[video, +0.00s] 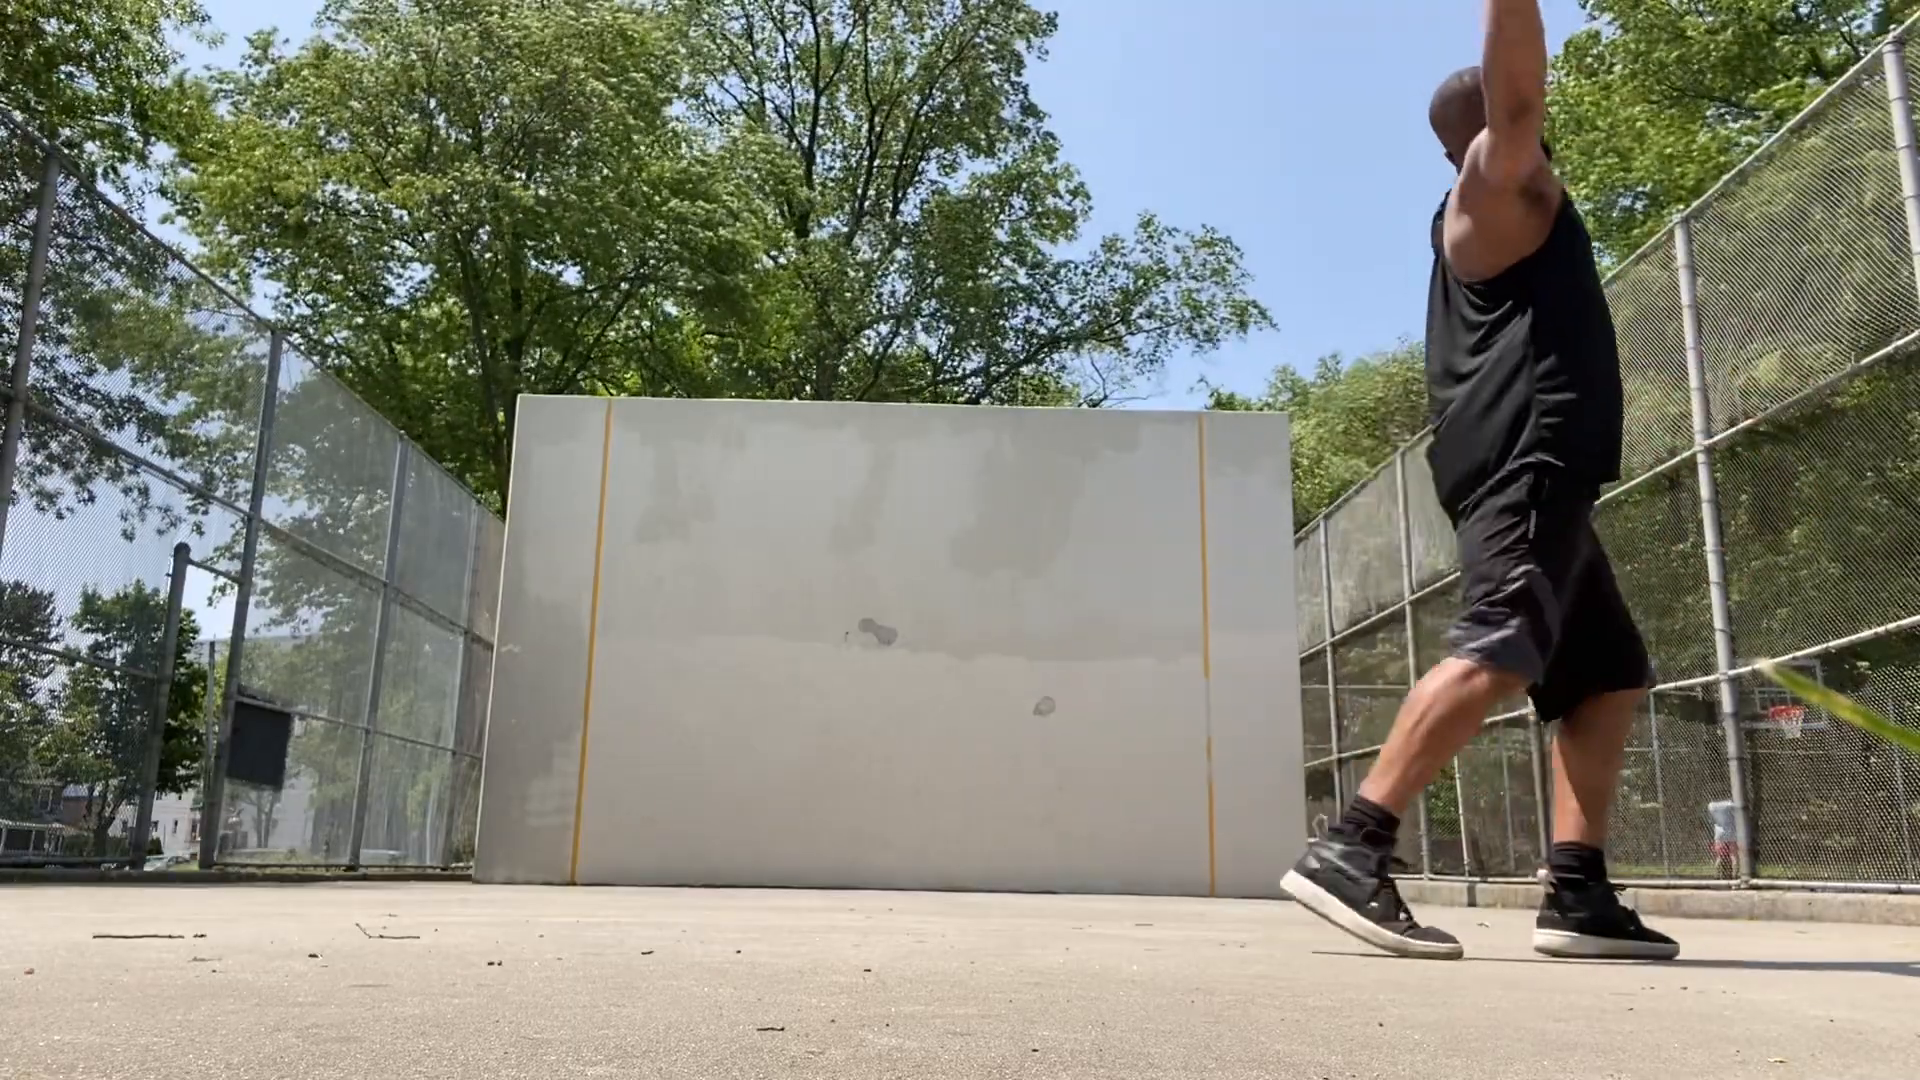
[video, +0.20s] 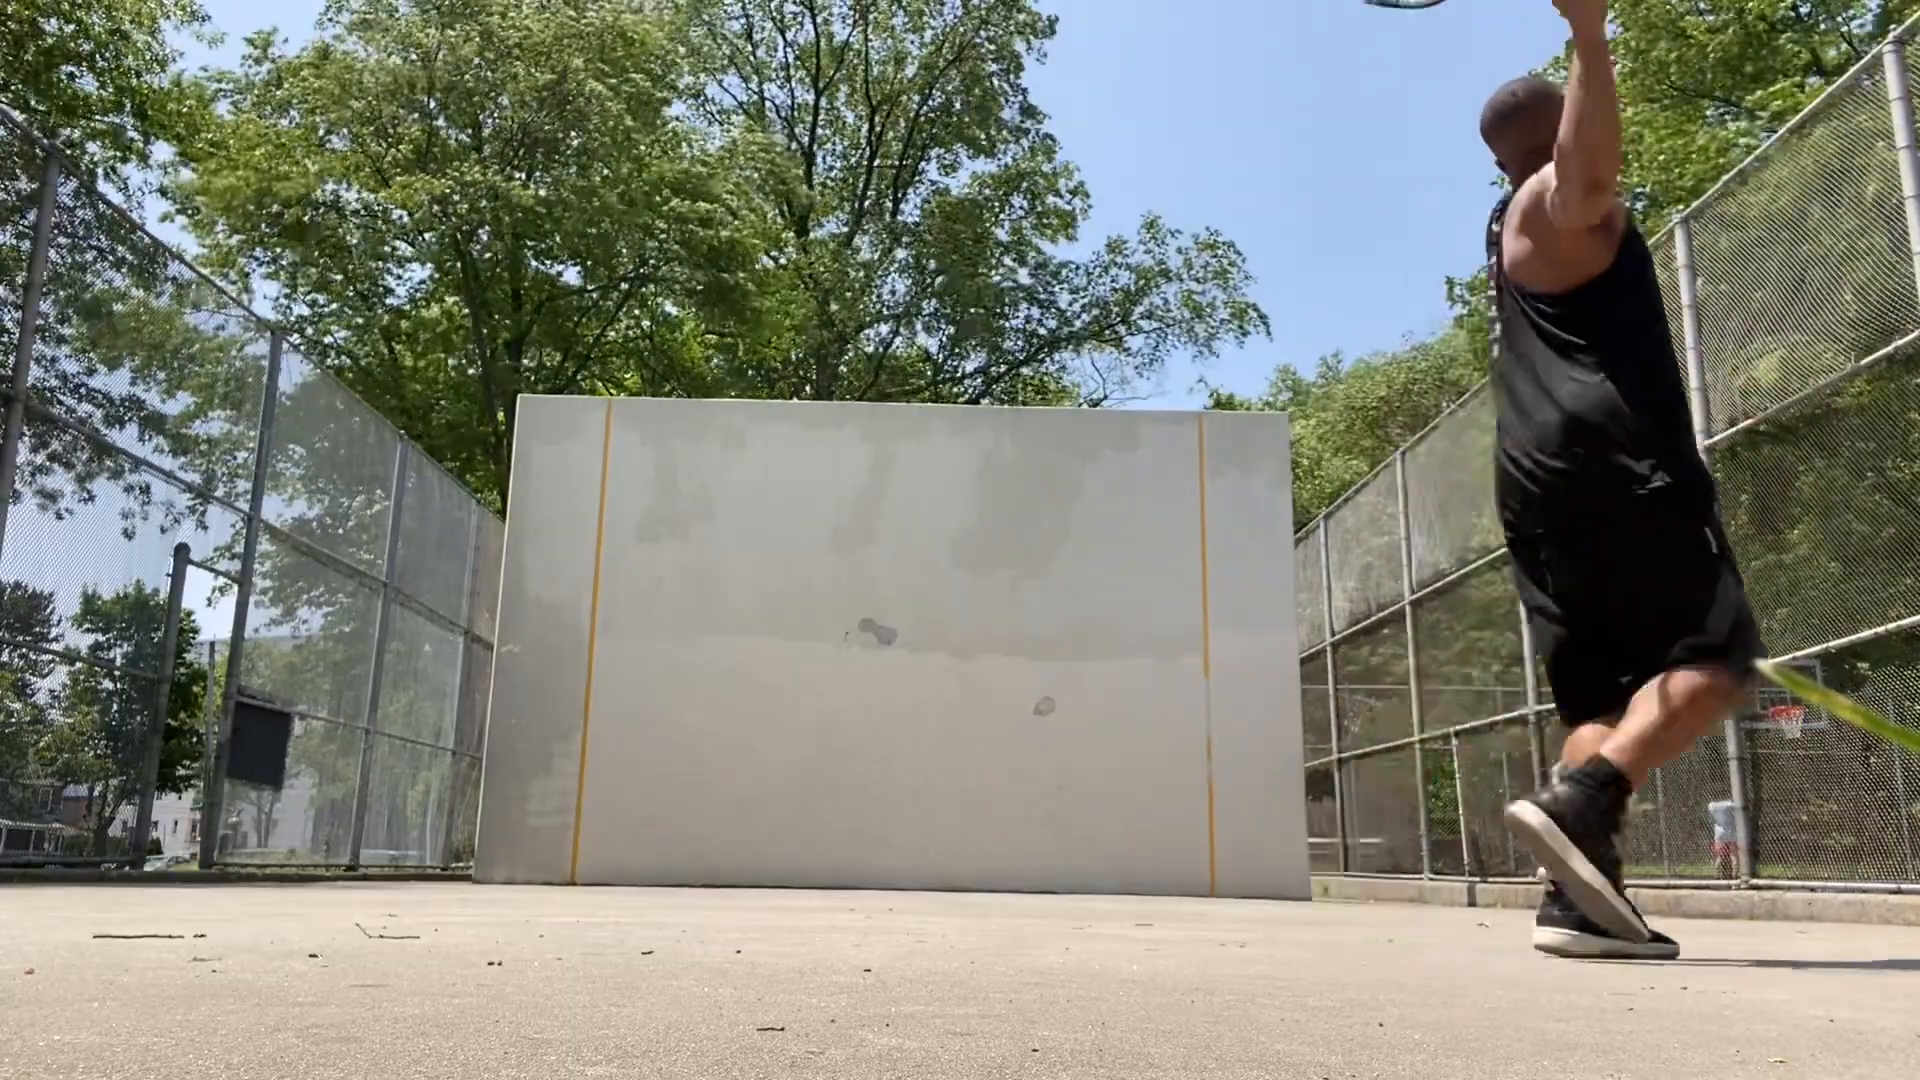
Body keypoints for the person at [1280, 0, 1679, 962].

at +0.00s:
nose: (1535, 118)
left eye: (1529, 108)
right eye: (1520, 109)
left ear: (1454, 140)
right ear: (1496, 123)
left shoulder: (1476, 215)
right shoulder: (1501, 181)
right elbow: (1517, 87)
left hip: (1515, 467)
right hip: (1520, 460)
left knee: (1606, 672)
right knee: (1498, 650)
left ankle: (1577, 893)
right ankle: (1352, 848)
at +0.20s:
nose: (1587, 115)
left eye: (1579, 101)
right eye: (1572, 105)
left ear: (1503, 153)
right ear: (1558, 135)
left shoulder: (1513, 227)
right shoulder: (1561, 198)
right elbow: (1588, 179)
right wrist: (1589, 39)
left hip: (1531, 472)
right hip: (1615, 455)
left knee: (1593, 684)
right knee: (1719, 657)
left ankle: (1582, 901)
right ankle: (1583, 798)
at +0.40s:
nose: (1654, 165)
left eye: (1641, 157)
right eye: (1638, 158)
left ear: (1563, 200)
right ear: (1630, 172)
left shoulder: (1560, 282)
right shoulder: (1633, 238)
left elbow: (1511, 374)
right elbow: (1703, 230)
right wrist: (1645, 116)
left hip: (1610, 520)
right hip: (1714, 498)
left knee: (1651, 708)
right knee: (1820, 692)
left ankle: (1585, 855)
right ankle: (1858, 899)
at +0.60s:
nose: (1507, 246)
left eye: (1505, 235)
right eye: (1510, 231)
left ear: (1515, 233)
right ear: (1579, 201)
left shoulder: (1532, 299)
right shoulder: (1657, 215)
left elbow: (1550, 380)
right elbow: (1736, 158)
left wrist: (1523, 504)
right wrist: (1700, 70)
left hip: (1667, 454)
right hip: (1771, 408)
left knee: (1674, 655)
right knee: (1832, 629)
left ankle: (1703, 849)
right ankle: (1890, 861)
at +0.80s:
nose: (1504, 255)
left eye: (1507, 242)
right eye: (1507, 242)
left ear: (1528, 243)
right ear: (1585, 241)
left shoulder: (1563, 298)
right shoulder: (1630, 288)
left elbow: (1664, 370)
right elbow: (1566, 402)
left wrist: (1630, 502)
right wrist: (1510, 464)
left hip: (1701, 480)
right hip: (1780, 447)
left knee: (1688, 696)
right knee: (1863, 621)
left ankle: (1746, 904)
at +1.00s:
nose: (1487, 329)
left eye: (1489, 314)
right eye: (1487, 316)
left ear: (1507, 310)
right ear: (1557, 296)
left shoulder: (1541, 327)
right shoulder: (1613, 324)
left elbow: (1633, 393)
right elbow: (1651, 458)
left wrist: (1591, 523)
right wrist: (1583, 536)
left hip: (1716, 498)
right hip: (1795, 467)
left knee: (1694, 708)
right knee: (1864, 681)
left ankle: (1752, 905)